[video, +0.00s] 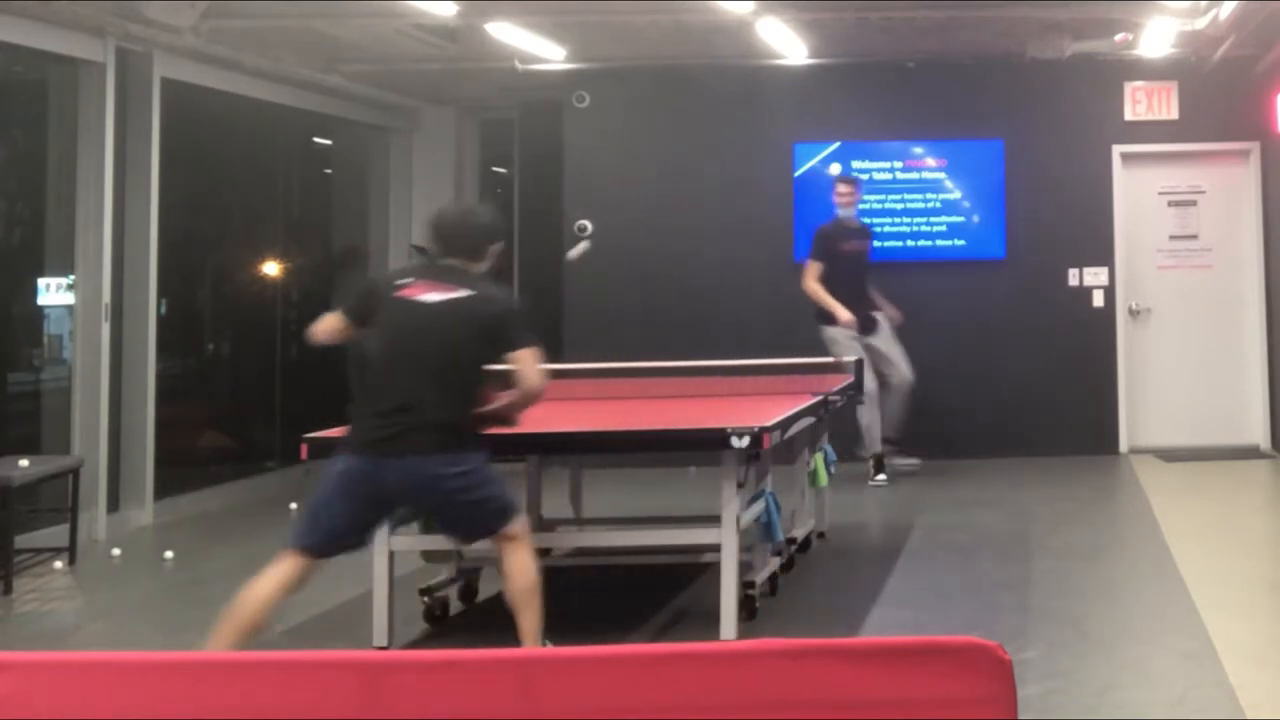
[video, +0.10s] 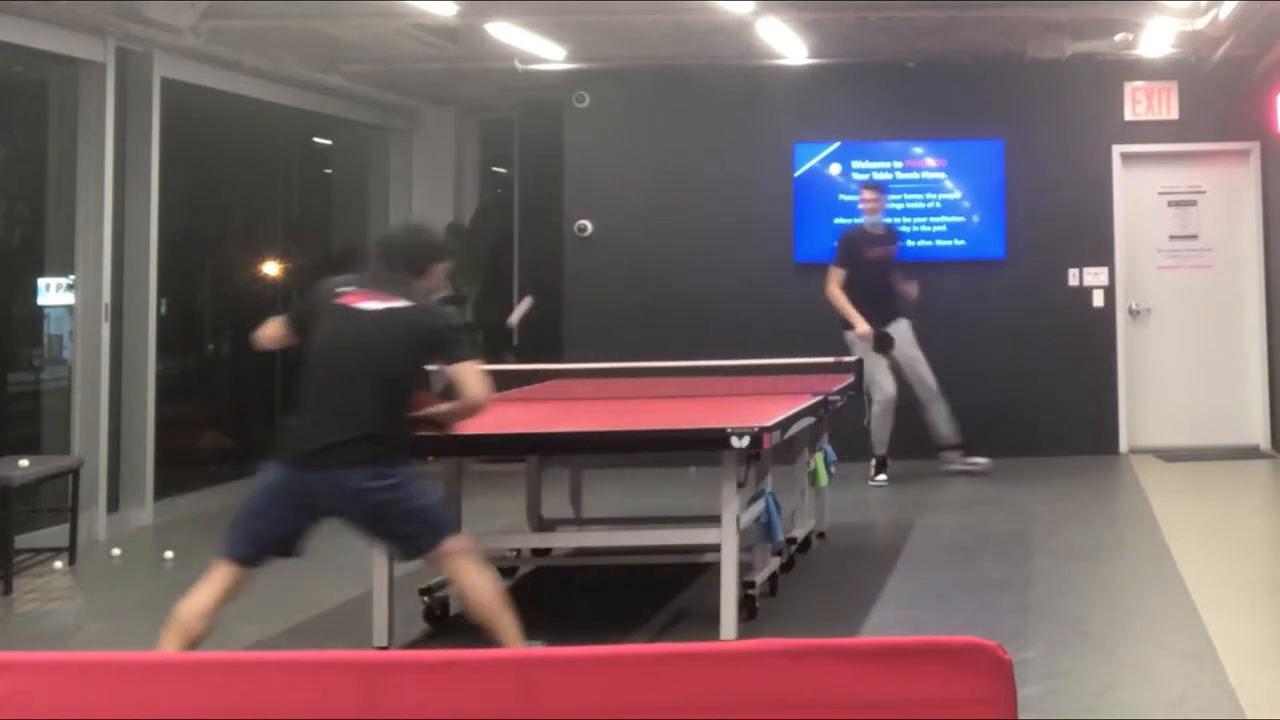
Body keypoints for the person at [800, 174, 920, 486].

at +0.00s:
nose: (844, 199)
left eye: (849, 194)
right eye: (840, 194)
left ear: (858, 196)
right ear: (833, 198)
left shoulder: (864, 232)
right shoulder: (826, 234)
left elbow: (861, 279)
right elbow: (809, 281)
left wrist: (885, 307)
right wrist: (839, 310)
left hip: (870, 319)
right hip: (838, 324)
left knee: (902, 377)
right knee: (866, 387)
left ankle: (887, 444)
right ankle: (875, 457)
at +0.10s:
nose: (869, 206)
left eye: (873, 201)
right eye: (865, 201)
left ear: (883, 203)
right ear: (859, 204)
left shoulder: (891, 235)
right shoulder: (850, 240)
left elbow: (889, 272)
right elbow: (832, 288)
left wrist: (904, 287)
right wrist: (859, 323)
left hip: (894, 322)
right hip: (863, 329)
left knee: (927, 385)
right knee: (884, 393)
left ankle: (952, 452)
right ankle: (879, 460)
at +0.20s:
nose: (893, 214)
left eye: (898, 209)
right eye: (889, 210)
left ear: (908, 211)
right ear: (883, 212)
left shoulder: (919, 240)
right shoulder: (872, 247)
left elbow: (935, 286)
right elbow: (853, 294)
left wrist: (918, 265)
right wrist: (872, 329)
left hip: (919, 333)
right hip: (884, 338)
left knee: (952, 394)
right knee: (898, 394)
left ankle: (990, 453)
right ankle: (882, 459)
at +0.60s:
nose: (917, 210)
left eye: (922, 205)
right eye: (913, 206)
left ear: (934, 204)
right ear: (908, 207)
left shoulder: (951, 230)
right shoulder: (904, 242)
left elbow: (956, 275)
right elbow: (898, 282)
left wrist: (928, 241)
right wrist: (897, 320)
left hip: (958, 325)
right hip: (919, 327)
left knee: (981, 388)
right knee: (905, 390)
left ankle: (997, 452)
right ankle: (902, 456)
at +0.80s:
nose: (941, 223)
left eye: (946, 218)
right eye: (937, 218)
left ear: (956, 215)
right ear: (931, 217)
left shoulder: (972, 238)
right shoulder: (923, 249)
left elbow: (981, 284)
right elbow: (906, 299)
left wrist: (953, 252)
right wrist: (923, 319)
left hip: (970, 329)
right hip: (931, 331)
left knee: (993, 388)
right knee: (911, 388)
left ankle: (1013, 454)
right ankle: (903, 457)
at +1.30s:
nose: (956, 215)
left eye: (961, 209)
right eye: (951, 209)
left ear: (970, 209)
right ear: (944, 209)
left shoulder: (981, 237)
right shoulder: (932, 240)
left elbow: (983, 279)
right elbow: (909, 288)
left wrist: (964, 241)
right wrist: (928, 299)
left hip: (968, 328)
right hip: (928, 329)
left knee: (992, 386)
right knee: (900, 387)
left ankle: (1012, 455)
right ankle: (874, 454)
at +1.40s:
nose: (933, 218)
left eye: (938, 212)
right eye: (929, 213)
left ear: (948, 211)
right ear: (924, 213)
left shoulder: (962, 241)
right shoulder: (914, 247)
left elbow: (964, 283)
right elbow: (894, 293)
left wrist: (944, 245)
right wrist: (902, 309)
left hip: (958, 335)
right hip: (918, 336)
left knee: (986, 392)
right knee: (885, 390)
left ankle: (1010, 454)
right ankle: (854, 453)